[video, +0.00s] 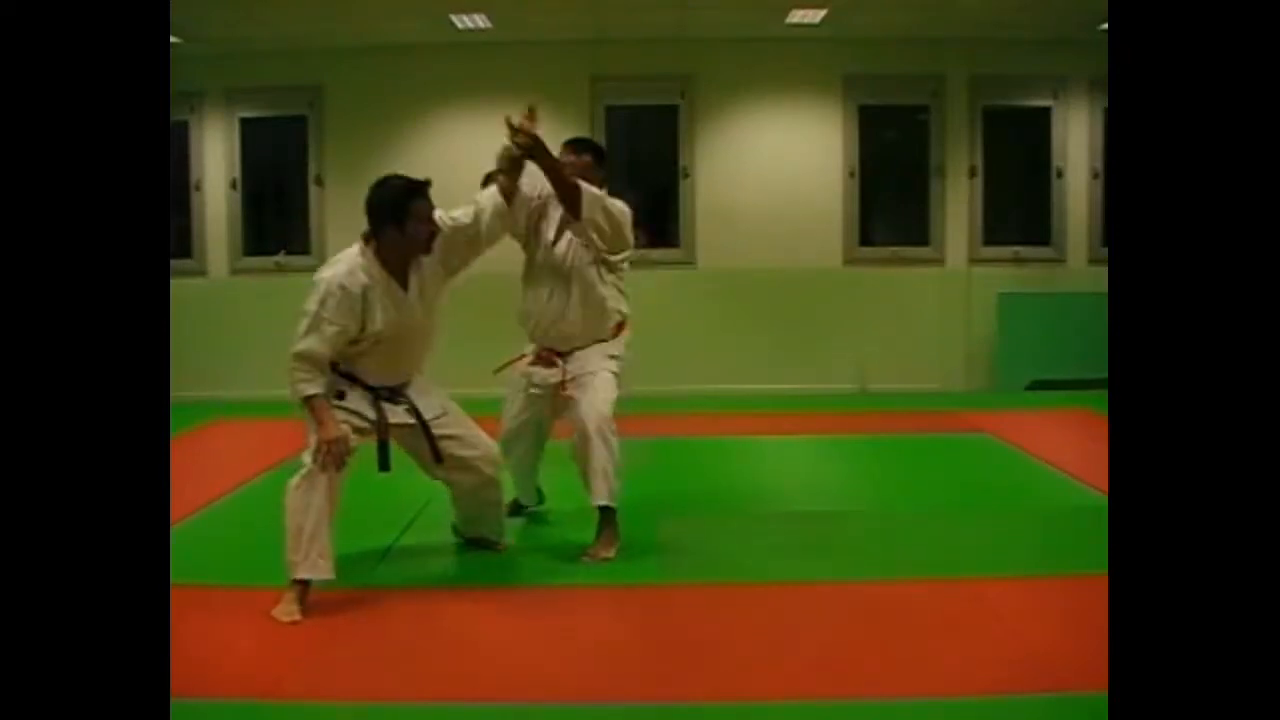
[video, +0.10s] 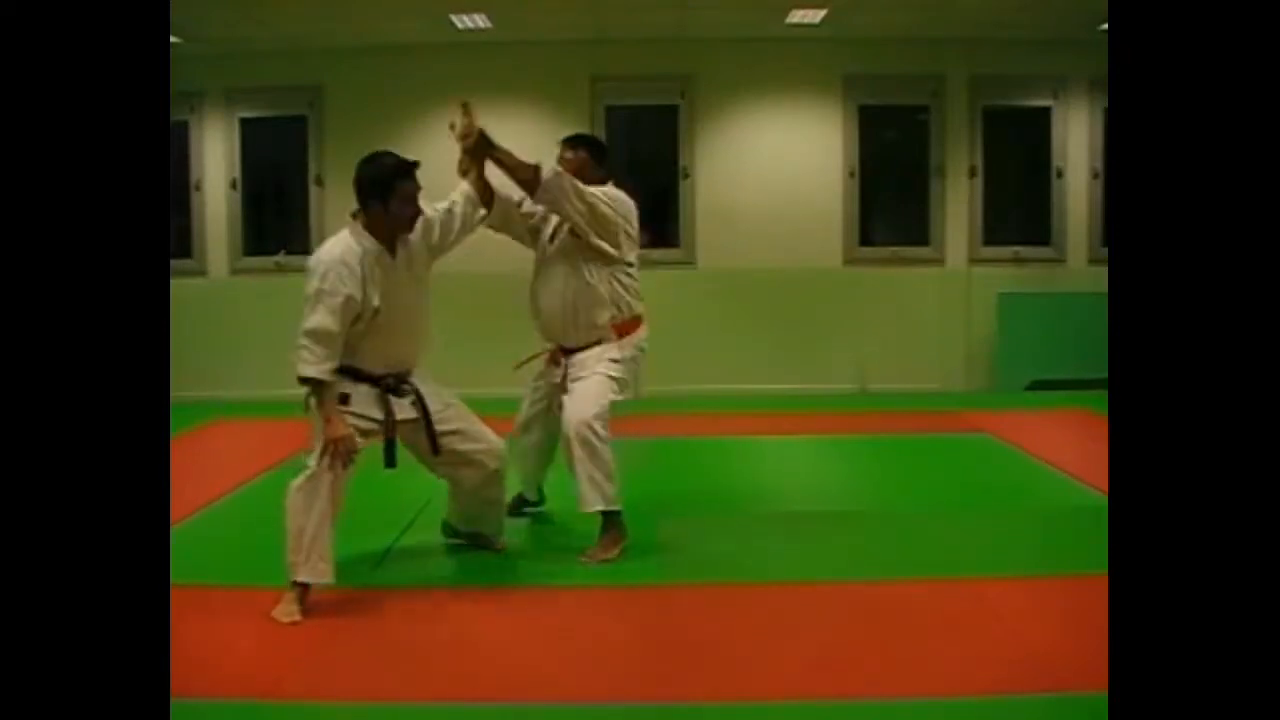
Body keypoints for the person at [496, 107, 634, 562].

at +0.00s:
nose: (564, 169)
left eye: (574, 163)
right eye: (560, 163)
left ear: (595, 171)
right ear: (555, 169)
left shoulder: (614, 217)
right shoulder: (539, 209)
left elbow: (574, 195)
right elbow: (500, 194)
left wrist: (539, 155)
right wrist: (513, 159)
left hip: (595, 348)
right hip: (544, 349)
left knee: (594, 420)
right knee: (516, 431)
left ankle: (607, 521)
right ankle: (527, 498)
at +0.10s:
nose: (558, 167)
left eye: (568, 159)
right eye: (558, 160)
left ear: (593, 168)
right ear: (566, 166)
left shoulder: (615, 209)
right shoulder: (549, 218)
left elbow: (543, 183)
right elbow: (501, 210)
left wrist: (486, 146)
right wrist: (474, 174)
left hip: (609, 347)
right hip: (563, 351)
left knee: (581, 421)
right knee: (531, 425)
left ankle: (611, 523)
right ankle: (529, 496)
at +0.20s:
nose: (554, 191)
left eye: (561, 182)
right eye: (553, 182)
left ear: (588, 177)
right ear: (581, 180)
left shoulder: (612, 209)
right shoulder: (590, 212)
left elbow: (558, 238)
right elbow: (551, 278)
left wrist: (506, 240)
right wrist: (507, 262)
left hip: (637, 340)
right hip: (608, 339)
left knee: (578, 425)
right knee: (564, 417)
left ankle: (621, 530)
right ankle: (563, 491)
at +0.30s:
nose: (555, 201)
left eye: (561, 191)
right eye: (554, 192)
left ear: (587, 184)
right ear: (589, 184)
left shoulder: (610, 219)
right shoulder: (611, 212)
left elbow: (557, 296)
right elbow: (570, 290)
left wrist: (526, 290)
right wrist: (533, 296)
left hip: (653, 344)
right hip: (636, 342)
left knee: (591, 427)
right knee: (595, 419)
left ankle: (622, 533)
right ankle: (625, 497)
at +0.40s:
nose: (566, 213)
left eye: (571, 203)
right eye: (565, 203)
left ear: (597, 195)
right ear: (601, 195)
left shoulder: (617, 230)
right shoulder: (629, 215)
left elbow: (608, 312)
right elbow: (620, 304)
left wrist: (577, 326)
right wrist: (582, 322)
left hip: (677, 349)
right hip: (690, 337)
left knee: (606, 421)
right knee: (661, 415)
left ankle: (623, 536)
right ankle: (726, 482)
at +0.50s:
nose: (577, 221)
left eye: (581, 210)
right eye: (576, 211)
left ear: (607, 202)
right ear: (609, 201)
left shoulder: (627, 235)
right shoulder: (638, 219)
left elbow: (622, 318)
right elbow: (634, 303)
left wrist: (591, 335)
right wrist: (598, 327)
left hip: (693, 348)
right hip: (707, 338)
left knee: (618, 422)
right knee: (706, 431)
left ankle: (625, 537)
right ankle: (773, 489)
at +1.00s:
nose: (580, 237)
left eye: (579, 229)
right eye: (577, 230)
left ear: (591, 220)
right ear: (612, 212)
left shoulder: (603, 247)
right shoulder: (647, 232)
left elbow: (598, 321)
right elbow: (648, 313)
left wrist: (593, 368)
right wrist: (618, 366)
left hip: (678, 334)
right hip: (721, 324)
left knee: (616, 424)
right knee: (698, 413)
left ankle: (628, 533)